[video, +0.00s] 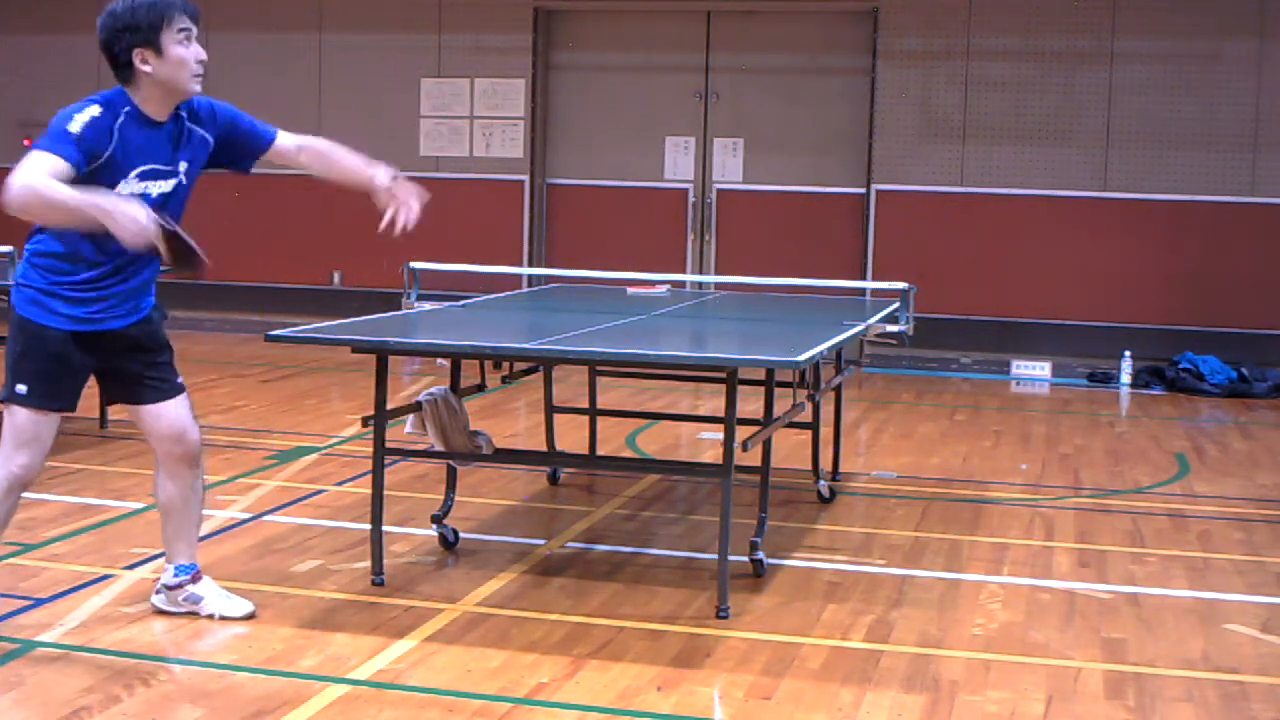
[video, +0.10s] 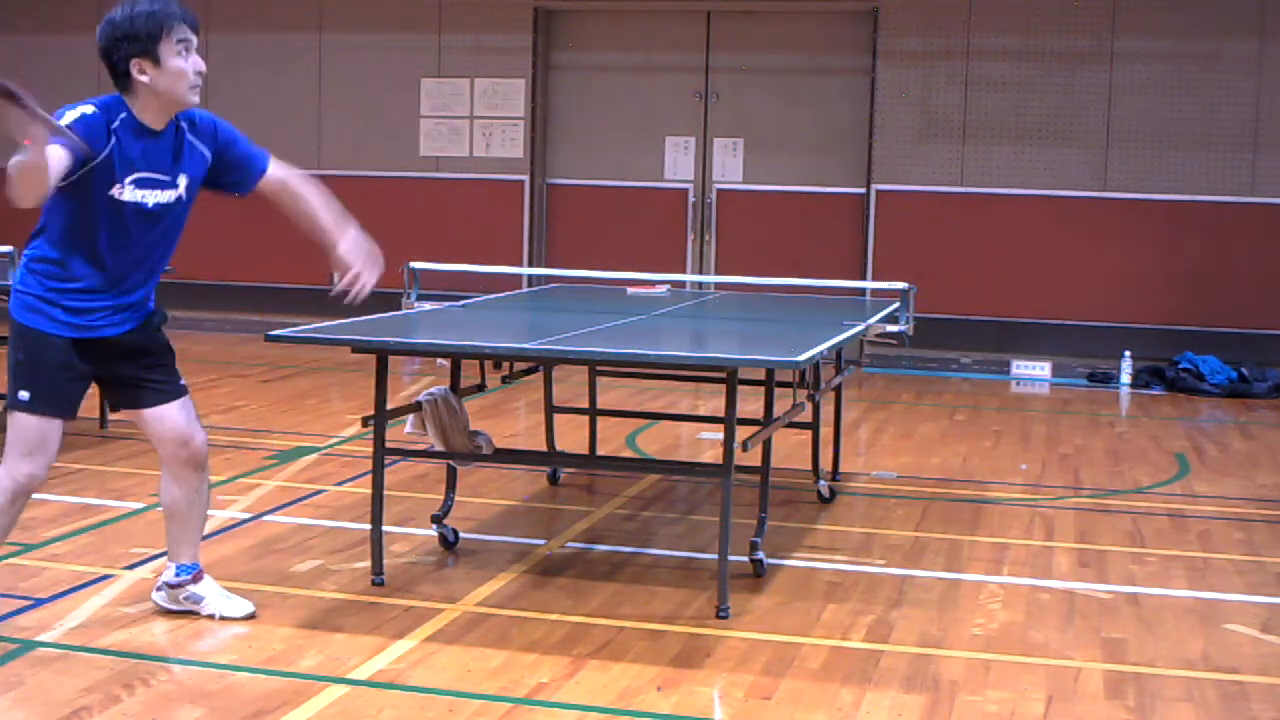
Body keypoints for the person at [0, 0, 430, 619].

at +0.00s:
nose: (202, 52)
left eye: (198, 39)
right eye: (185, 40)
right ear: (142, 59)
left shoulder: (206, 122)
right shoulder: (92, 121)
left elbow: (302, 150)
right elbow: (21, 190)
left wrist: (381, 177)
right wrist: (107, 208)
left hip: (131, 310)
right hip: (51, 310)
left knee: (180, 440)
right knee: (17, 467)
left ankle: (180, 578)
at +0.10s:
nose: (200, 65)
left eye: (198, 50)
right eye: (183, 51)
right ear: (138, 68)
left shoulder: (204, 135)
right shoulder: (93, 125)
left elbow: (286, 183)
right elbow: (24, 195)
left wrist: (348, 236)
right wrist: (32, 152)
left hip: (130, 316)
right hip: (48, 313)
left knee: (187, 447)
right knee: (23, 470)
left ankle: (183, 577)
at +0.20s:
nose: (212, 85)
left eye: (211, 70)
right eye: (197, 70)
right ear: (151, 80)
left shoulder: (204, 154)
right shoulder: (98, 126)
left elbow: (251, 225)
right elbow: (29, 181)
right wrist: (28, 125)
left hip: (128, 322)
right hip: (49, 320)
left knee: (201, 440)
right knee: (27, 475)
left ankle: (186, 571)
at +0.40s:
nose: (288, 144)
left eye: (295, 132)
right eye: (288, 127)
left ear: (254, 111)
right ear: (251, 106)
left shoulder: (218, 160)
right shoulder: (181, 125)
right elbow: (209, 202)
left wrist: (305, 284)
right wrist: (311, 275)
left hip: (146, 318)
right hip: (71, 315)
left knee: (214, 446)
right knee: (30, 473)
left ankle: (232, 590)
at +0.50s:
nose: (331, 143)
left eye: (335, 131)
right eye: (329, 129)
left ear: (290, 113)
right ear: (298, 115)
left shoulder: (241, 145)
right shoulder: (250, 154)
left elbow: (320, 246)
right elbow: (320, 250)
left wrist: (385, 324)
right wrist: (388, 328)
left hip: (165, 323)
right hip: (95, 319)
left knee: (231, 448)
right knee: (37, 473)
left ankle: (233, 592)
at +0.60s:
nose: (353, 139)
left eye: (357, 124)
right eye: (355, 124)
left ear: (303, 110)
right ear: (330, 119)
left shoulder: (257, 144)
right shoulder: (289, 162)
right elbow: (346, 266)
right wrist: (396, 334)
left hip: (185, 326)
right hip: (118, 318)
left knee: (237, 444)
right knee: (68, 473)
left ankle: (233, 591)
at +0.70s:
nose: (359, 120)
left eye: (363, 106)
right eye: (361, 106)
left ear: (299, 91)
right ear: (339, 104)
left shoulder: (247, 130)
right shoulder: (304, 153)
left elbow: (153, 196)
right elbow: (348, 262)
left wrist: (122, 281)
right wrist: (393, 335)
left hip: (191, 320)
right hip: (135, 313)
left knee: (236, 444)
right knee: (106, 476)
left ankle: (234, 592)